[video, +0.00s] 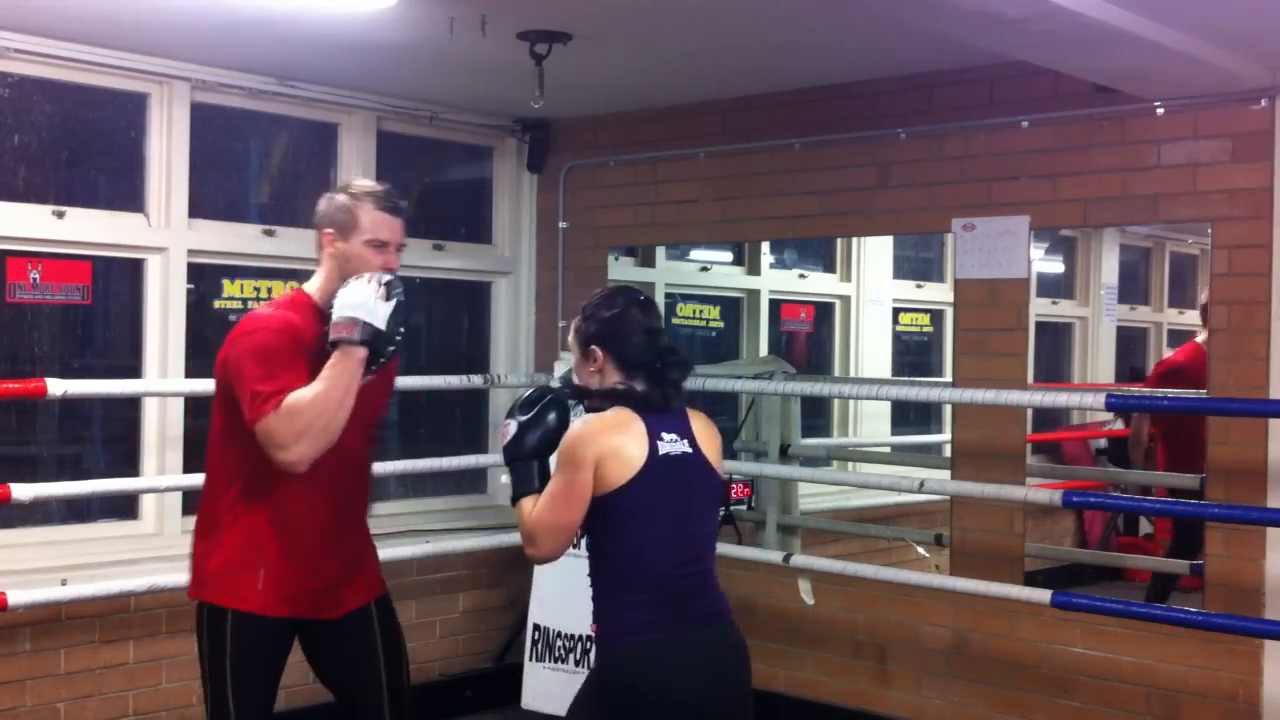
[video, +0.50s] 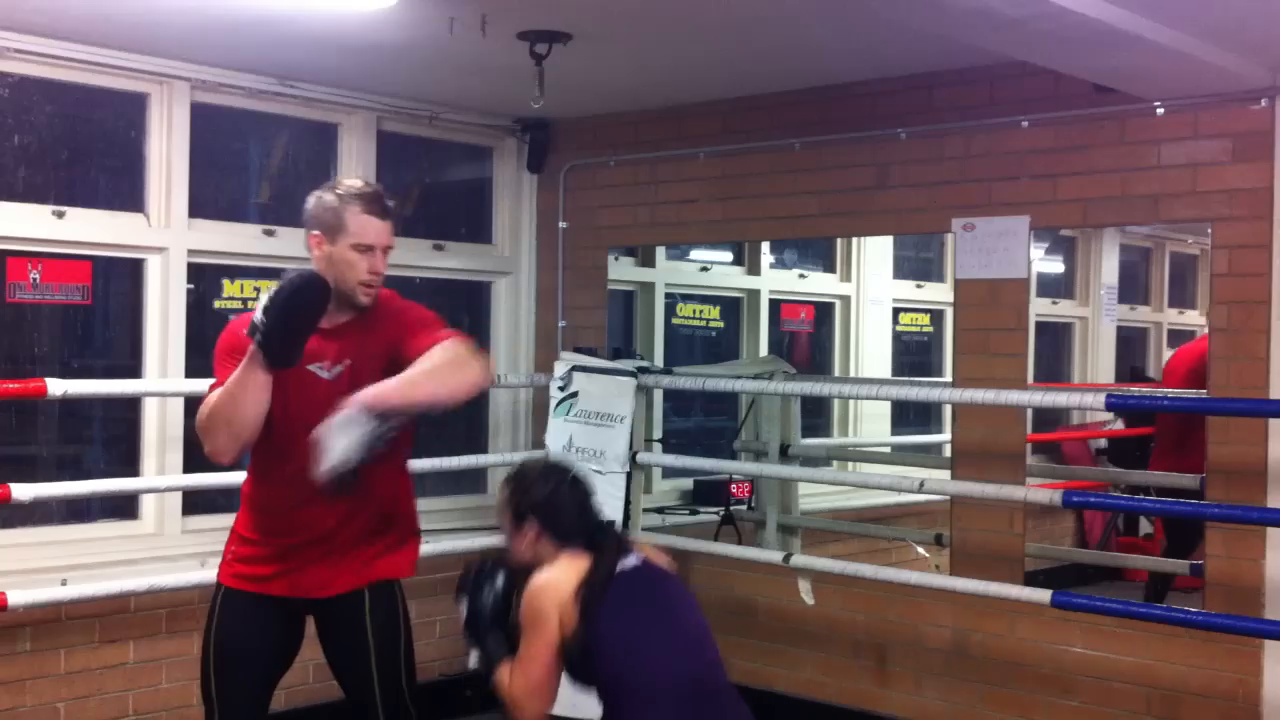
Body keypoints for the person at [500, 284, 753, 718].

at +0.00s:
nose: (573, 368)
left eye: (575, 356)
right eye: (573, 356)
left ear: (598, 359)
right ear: (651, 352)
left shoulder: (592, 436)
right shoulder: (705, 430)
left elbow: (541, 544)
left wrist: (522, 461)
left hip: (636, 669)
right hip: (718, 660)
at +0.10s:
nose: (555, 385)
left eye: (556, 373)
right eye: (552, 374)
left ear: (578, 373)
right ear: (632, 362)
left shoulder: (574, 448)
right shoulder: (682, 433)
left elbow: (529, 560)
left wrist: (508, 484)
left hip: (644, 680)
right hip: (724, 667)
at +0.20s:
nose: (513, 459)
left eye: (513, 444)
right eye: (513, 444)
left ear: (533, 442)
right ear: (580, 432)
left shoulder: (549, 506)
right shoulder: (626, 481)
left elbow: (509, 634)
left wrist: (484, 550)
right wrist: (498, 469)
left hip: (648, 701)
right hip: (721, 691)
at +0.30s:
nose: (478, 545)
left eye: (480, 532)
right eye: (478, 531)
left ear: (505, 540)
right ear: (554, 518)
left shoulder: (536, 596)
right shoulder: (622, 560)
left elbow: (514, 710)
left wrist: (468, 646)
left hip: (644, 711)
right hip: (713, 707)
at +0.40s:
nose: (481, 574)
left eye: (482, 563)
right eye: (480, 561)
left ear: (508, 574)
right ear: (560, 548)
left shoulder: (537, 622)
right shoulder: (627, 581)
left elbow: (523, 716)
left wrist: (476, 671)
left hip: (642, 710)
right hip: (709, 707)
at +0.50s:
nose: (506, 542)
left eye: (506, 529)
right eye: (504, 530)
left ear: (532, 530)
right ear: (579, 516)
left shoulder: (548, 585)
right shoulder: (648, 556)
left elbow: (529, 705)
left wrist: (491, 635)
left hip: (645, 712)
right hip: (728, 710)